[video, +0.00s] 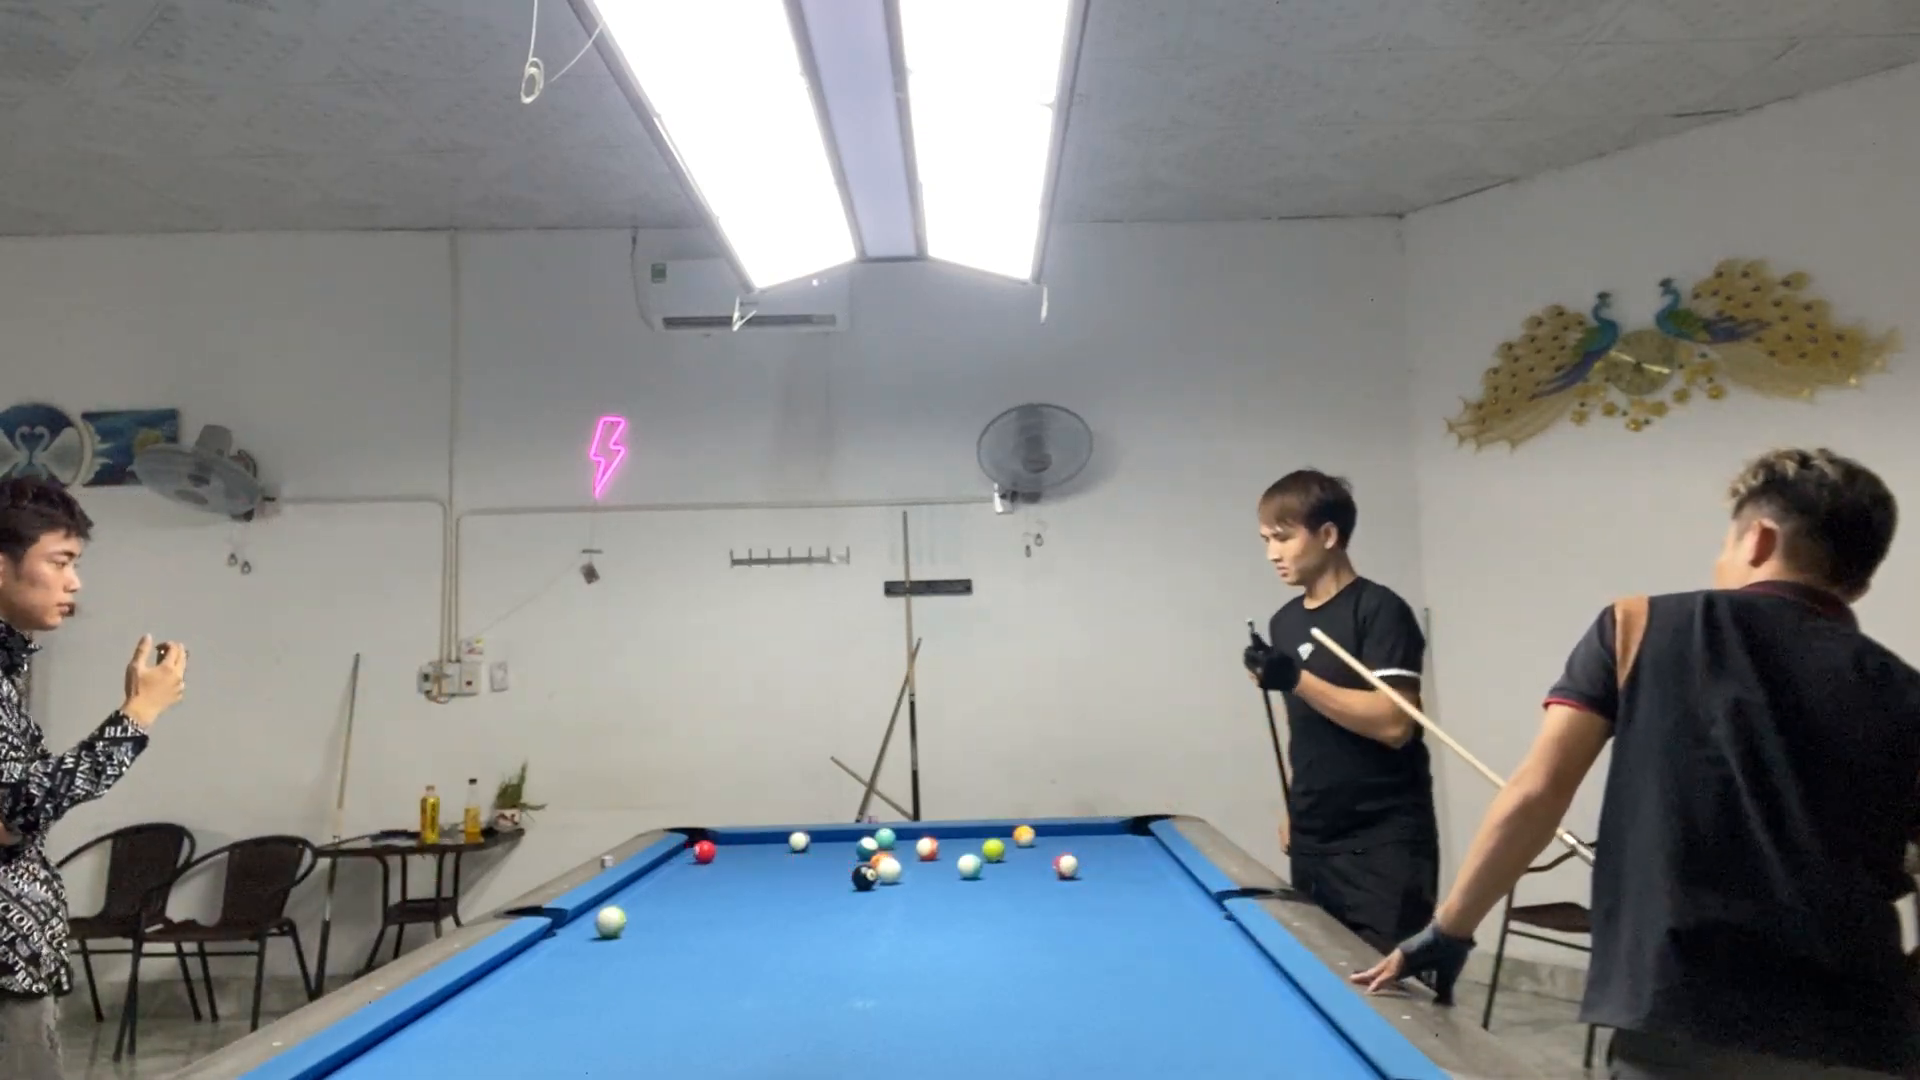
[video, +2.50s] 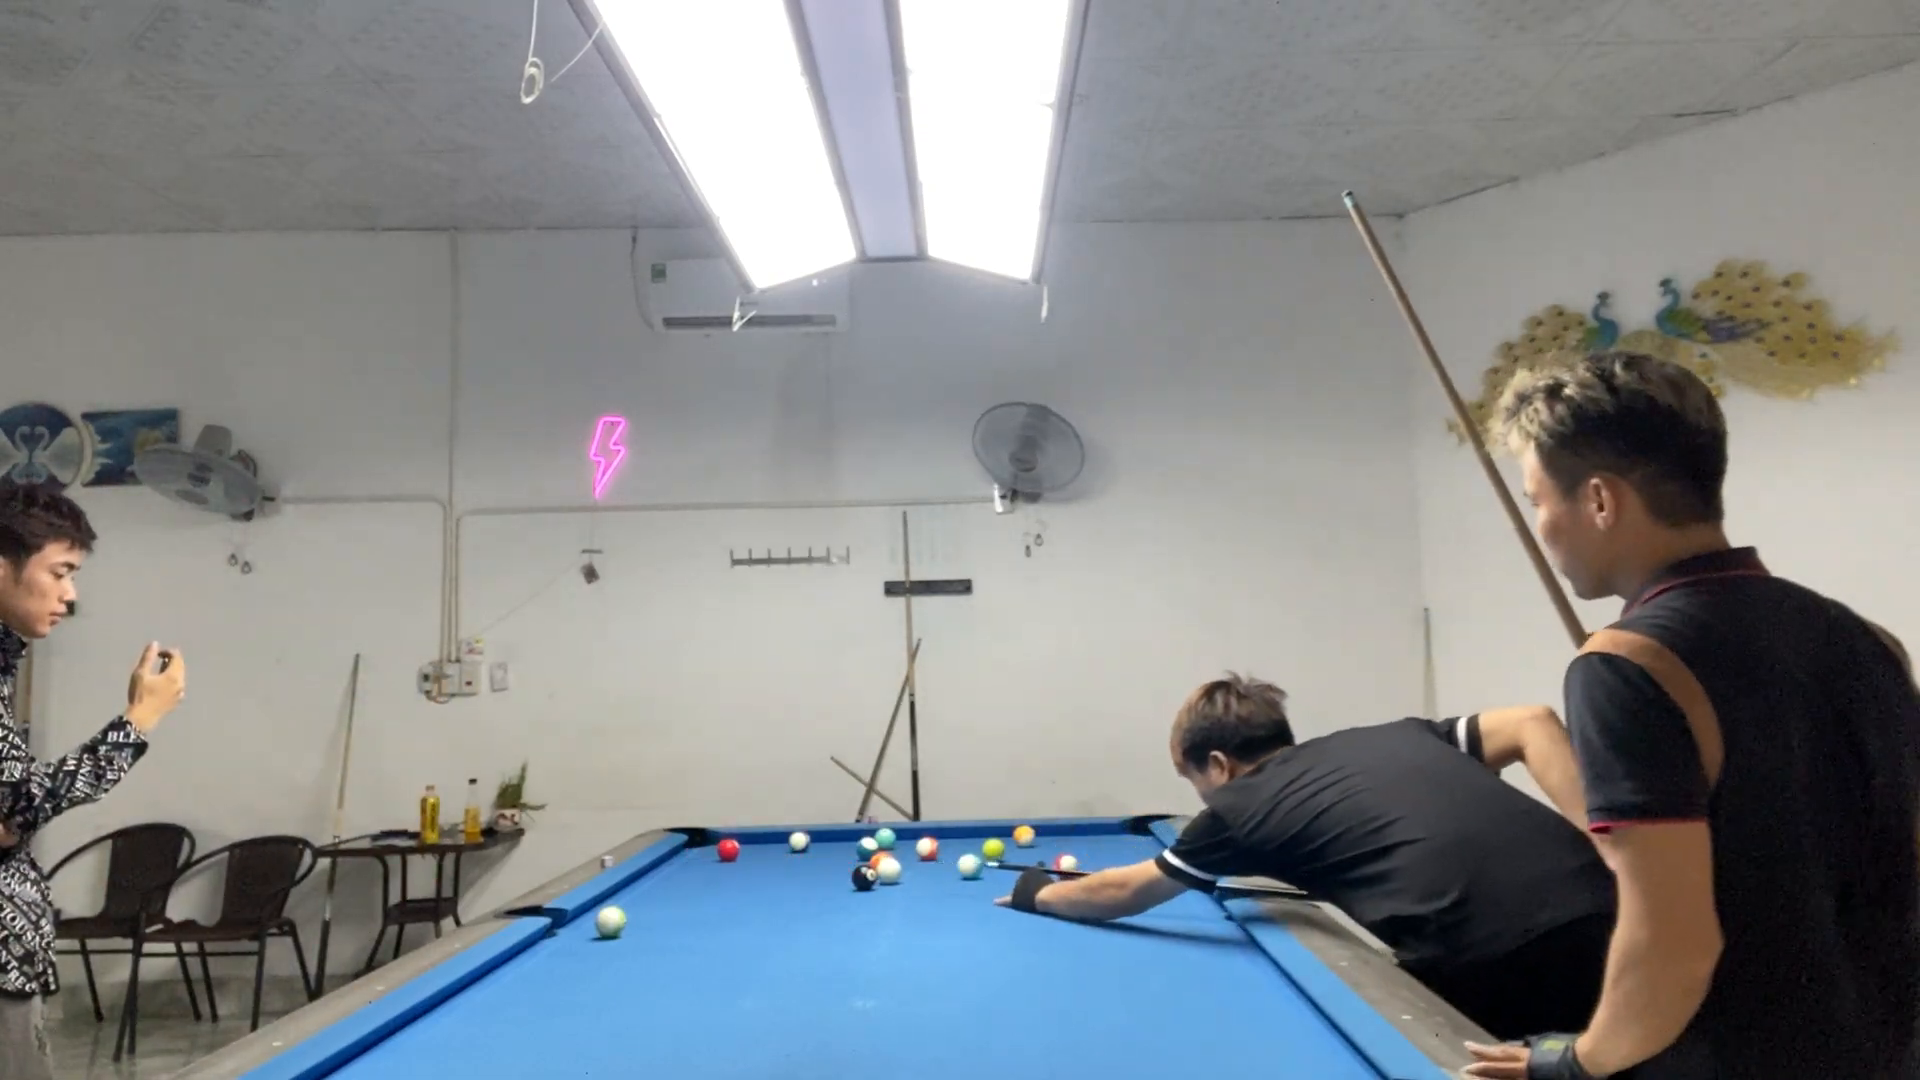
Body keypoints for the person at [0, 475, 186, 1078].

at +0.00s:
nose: (75, 583)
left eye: (74, 564)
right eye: (60, 561)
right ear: (6, 565)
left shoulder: (12, 668)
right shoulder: (6, 672)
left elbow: (32, 792)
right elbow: (24, 801)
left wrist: (133, 713)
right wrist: (137, 714)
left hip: (29, 968)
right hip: (15, 973)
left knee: (40, 1066)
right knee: (34, 1068)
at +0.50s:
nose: (70, 592)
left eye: (71, 571)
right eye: (60, 568)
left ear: (19, 568)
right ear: (7, 567)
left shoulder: (7, 666)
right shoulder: (4, 669)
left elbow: (23, 795)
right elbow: (21, 801)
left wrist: (13, 825)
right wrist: (135, 721)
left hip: (20, 970)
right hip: (10, 974)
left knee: (31, 1067)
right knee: (29, 1069)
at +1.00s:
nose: (69, 590)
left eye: (69, 569)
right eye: (57, 565)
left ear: (17, 566)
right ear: (5, 565)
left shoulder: (6, 665)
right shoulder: (4, 668)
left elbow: (18, 798)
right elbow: (15, 802)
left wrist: (128, 724)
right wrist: (132, 724)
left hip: (17, 975)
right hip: (9, 977)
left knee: (29, 1069)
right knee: (26, 1070)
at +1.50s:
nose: (65, 584)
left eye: (67, 566)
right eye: (49, 562)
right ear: (1, 565)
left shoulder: (6, 670)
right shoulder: (3, 673)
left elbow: (22, 795)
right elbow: (19, 799)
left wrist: (131, 721)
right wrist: (134, 722)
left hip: (19, 973)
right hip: (10, 977)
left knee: (30, 1068)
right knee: (26, 1069)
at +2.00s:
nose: (70, 588)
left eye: (71, 569)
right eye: (56, 565)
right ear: (6, 567)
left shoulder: (9, 667)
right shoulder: (5, 670)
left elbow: (25, 795)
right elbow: (25, 799)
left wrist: (14, 824)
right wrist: (139, 720)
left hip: (20, 972)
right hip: (11, 974)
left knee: (30, 1069)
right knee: (26, 1070)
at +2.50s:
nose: (71, 595)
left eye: (72, 576)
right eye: (60, 572)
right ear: (5, 569)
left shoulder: (4, 670)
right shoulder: (1, 673)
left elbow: (22, 795)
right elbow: (22, 801)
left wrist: (12, 823)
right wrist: (139, 720)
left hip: (18, 976)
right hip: (8, 978)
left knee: (29, 1069)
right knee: (26, 1070)